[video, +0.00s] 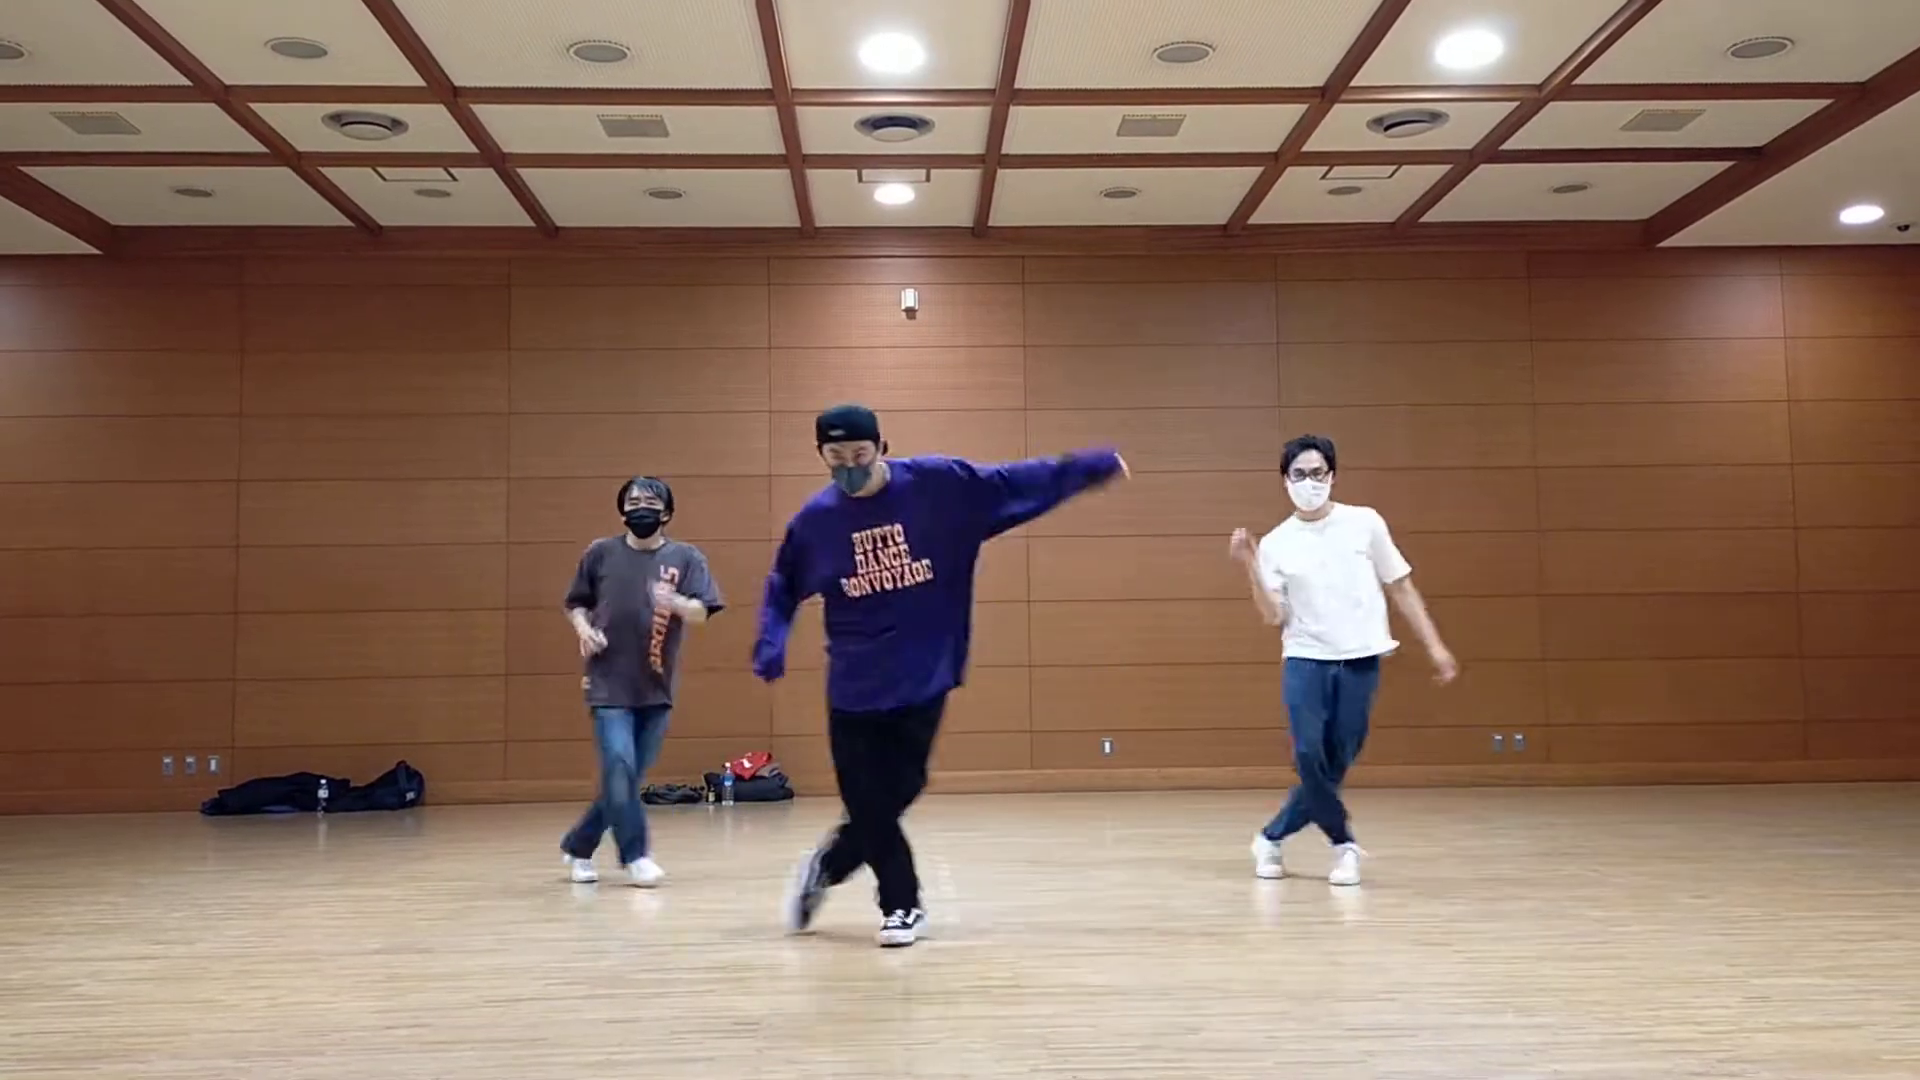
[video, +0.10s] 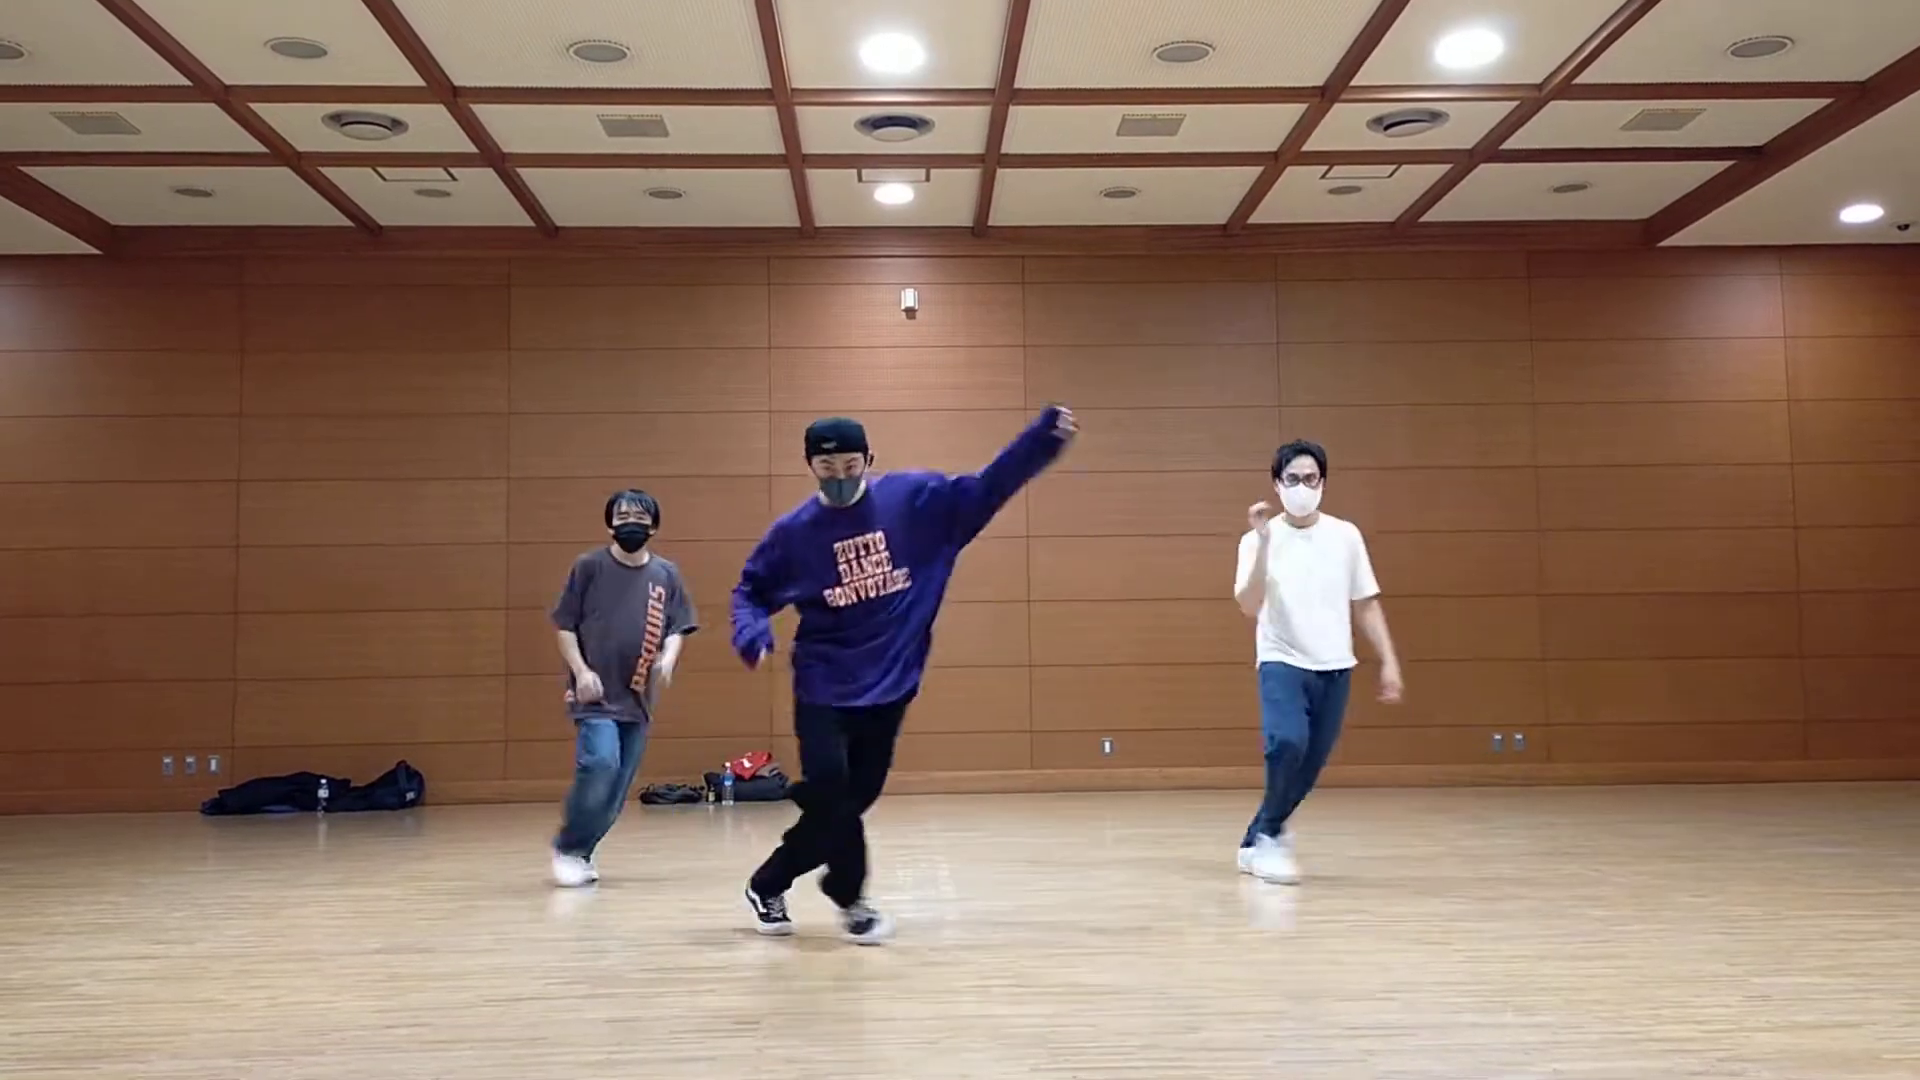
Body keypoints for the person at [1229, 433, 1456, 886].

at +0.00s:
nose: (1311, 482)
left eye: (1319, 474)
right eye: (1300, 475)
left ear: (1332, 478)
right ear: (1286, 482)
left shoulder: (1366, 524)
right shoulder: (1275, 543)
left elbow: (1401, 589)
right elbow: (1274, 616)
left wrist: (1436, 647)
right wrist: (1251, 567)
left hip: (1361, 658)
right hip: (1305, 658)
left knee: (1339, 759)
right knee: (1310, 752)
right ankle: (1343, 845)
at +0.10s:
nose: (1303, 487)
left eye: (1312, 479)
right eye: (1294, 479)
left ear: (1323, 484)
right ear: (1277, 483)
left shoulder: (1345, 535)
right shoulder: (1259, 539)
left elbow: (1367, 604)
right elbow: (1249, 605)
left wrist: (1389, 661)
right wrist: (1262, 542)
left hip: (1335, 666)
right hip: (1282, 661)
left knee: (1311, 763)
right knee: (1289, 743)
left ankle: (1258, 840)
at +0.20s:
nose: (1302, 478)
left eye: (1310, 471)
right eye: (1293, 469)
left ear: (1318, 476)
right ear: (1274, 472)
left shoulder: (1327, 527)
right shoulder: (1247, 524)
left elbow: (1335, 599)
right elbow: (1239, 588)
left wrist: (1347, 658)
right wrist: (1290, 556)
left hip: (1317, 655)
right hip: (1269, 652)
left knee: (1307, 758)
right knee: (1270, 747)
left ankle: (1253, 840)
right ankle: (1205, 835)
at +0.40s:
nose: (1317, 482)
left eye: (1325, 475)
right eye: (1308, 472)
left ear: (1333, 484)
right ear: (1287, 476)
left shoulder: (1309, 538)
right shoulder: (1260, 522)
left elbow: (1284, 607)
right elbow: (1233, 585)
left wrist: (1299, 665)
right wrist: (1244, 653)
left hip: (1270, 656)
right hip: (1230, 652)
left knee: (1311, 742)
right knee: (1206, 751)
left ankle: (1342, 847)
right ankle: (1160, 852)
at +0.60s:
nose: (1349, 501)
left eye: (1359, 494)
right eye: (1341, 491)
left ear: (1367, 505)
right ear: (1322, 496)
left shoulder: (1336, 561)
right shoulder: (1293, 532)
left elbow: (1295, 624)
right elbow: (1225, 558)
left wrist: (1295, 683)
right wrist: (1159, 585)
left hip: (1276, 666)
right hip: (1243, 656)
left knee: (1320, 745)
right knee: (1215, 755)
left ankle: (1365, 849)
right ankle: (1158, 853)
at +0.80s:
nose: (1380, 475)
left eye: (1389, 467)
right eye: (1371, 467)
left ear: (1400, 475)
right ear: (1354, 473)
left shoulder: (1396, 534)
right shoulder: (1321, 509)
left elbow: (1369, 601)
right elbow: (1253, 523)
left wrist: (1361, 663)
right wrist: (1192, 532)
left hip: (1341, 651)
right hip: (1296, 638)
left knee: (1366, 746)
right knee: (1288, 742)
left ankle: (1377, 852)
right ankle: (1221, 827)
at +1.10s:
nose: (1383, 493)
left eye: (1392, 483)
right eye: (1374, 485)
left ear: (1407, 480)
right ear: (1362, 486)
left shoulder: (1433, 526)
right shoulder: (1343, 535)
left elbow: (1457, 587)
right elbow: (1336, 611)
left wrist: (1490, 540)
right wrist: (1312, 567)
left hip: (1427, 660)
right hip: (1369, 665)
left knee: (1460, 744)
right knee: (1394, 758)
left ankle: (1484, 838)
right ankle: (1406, 841)